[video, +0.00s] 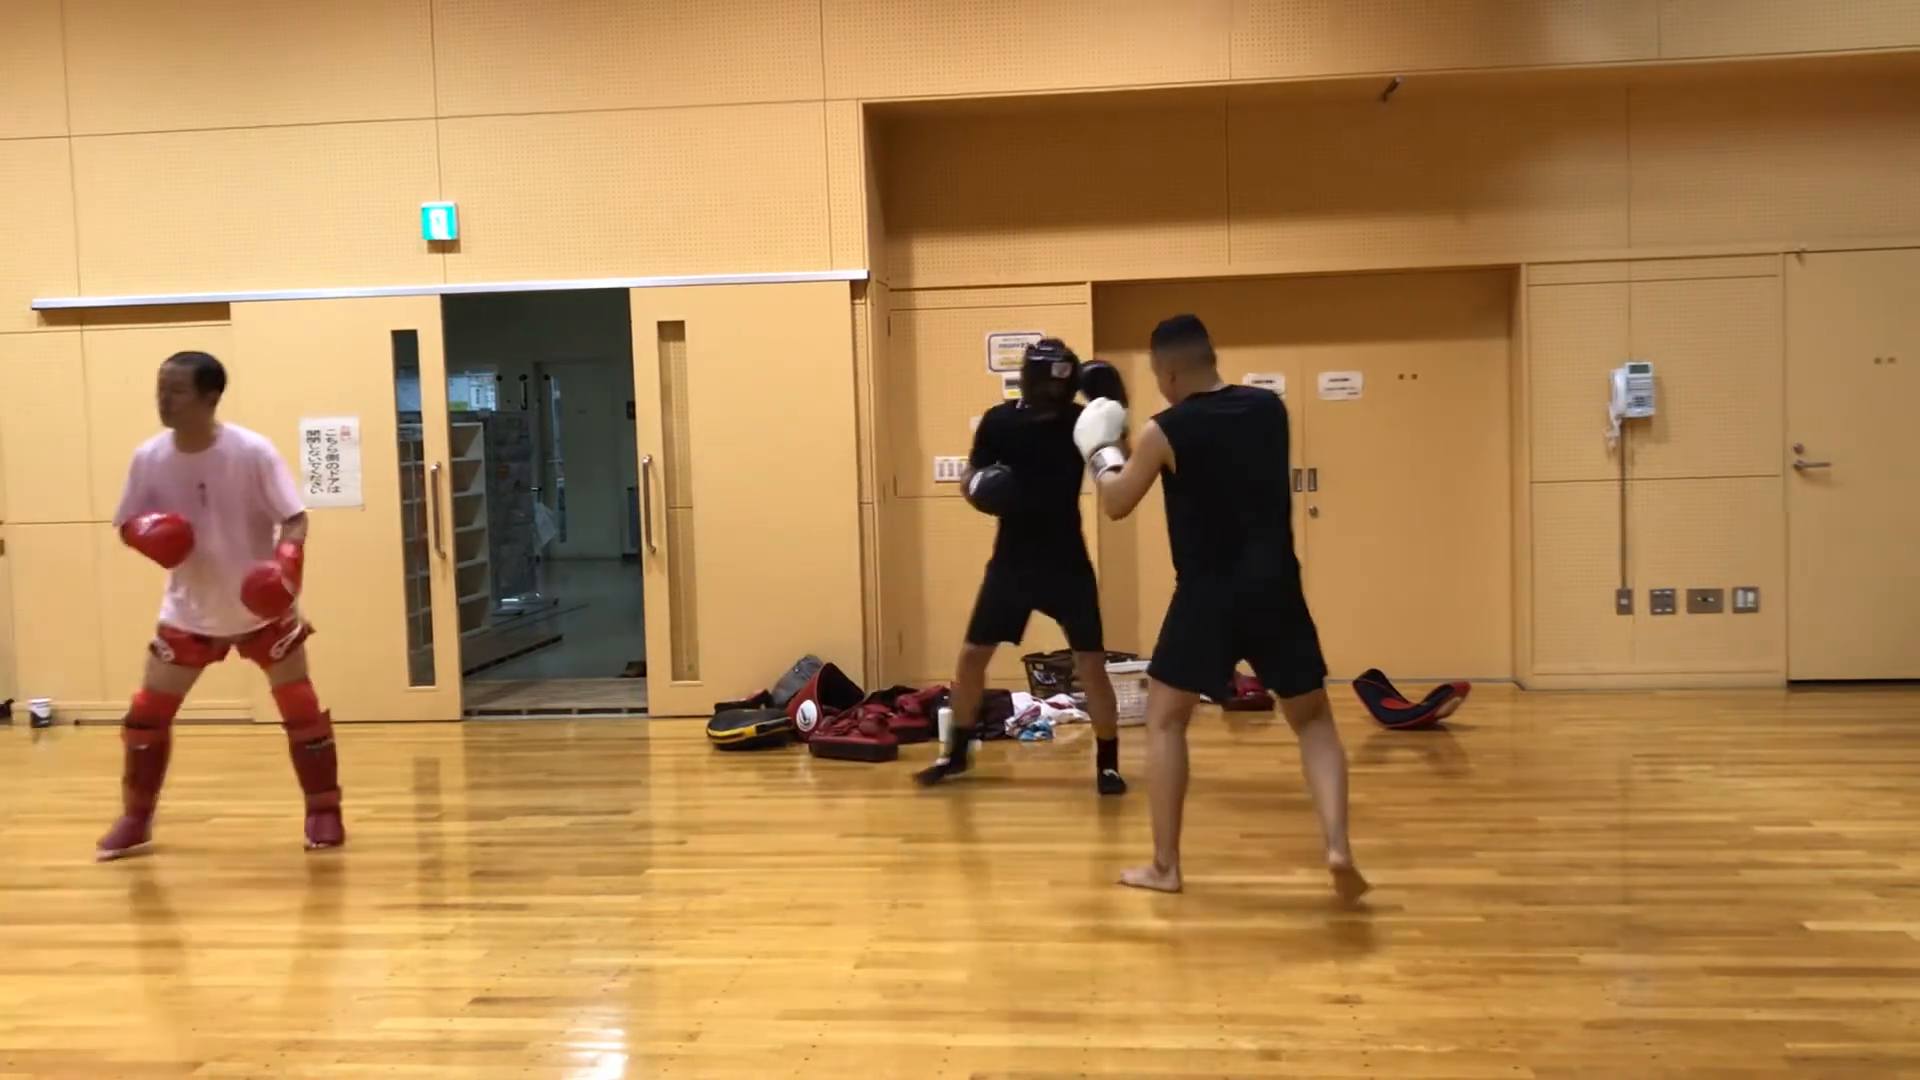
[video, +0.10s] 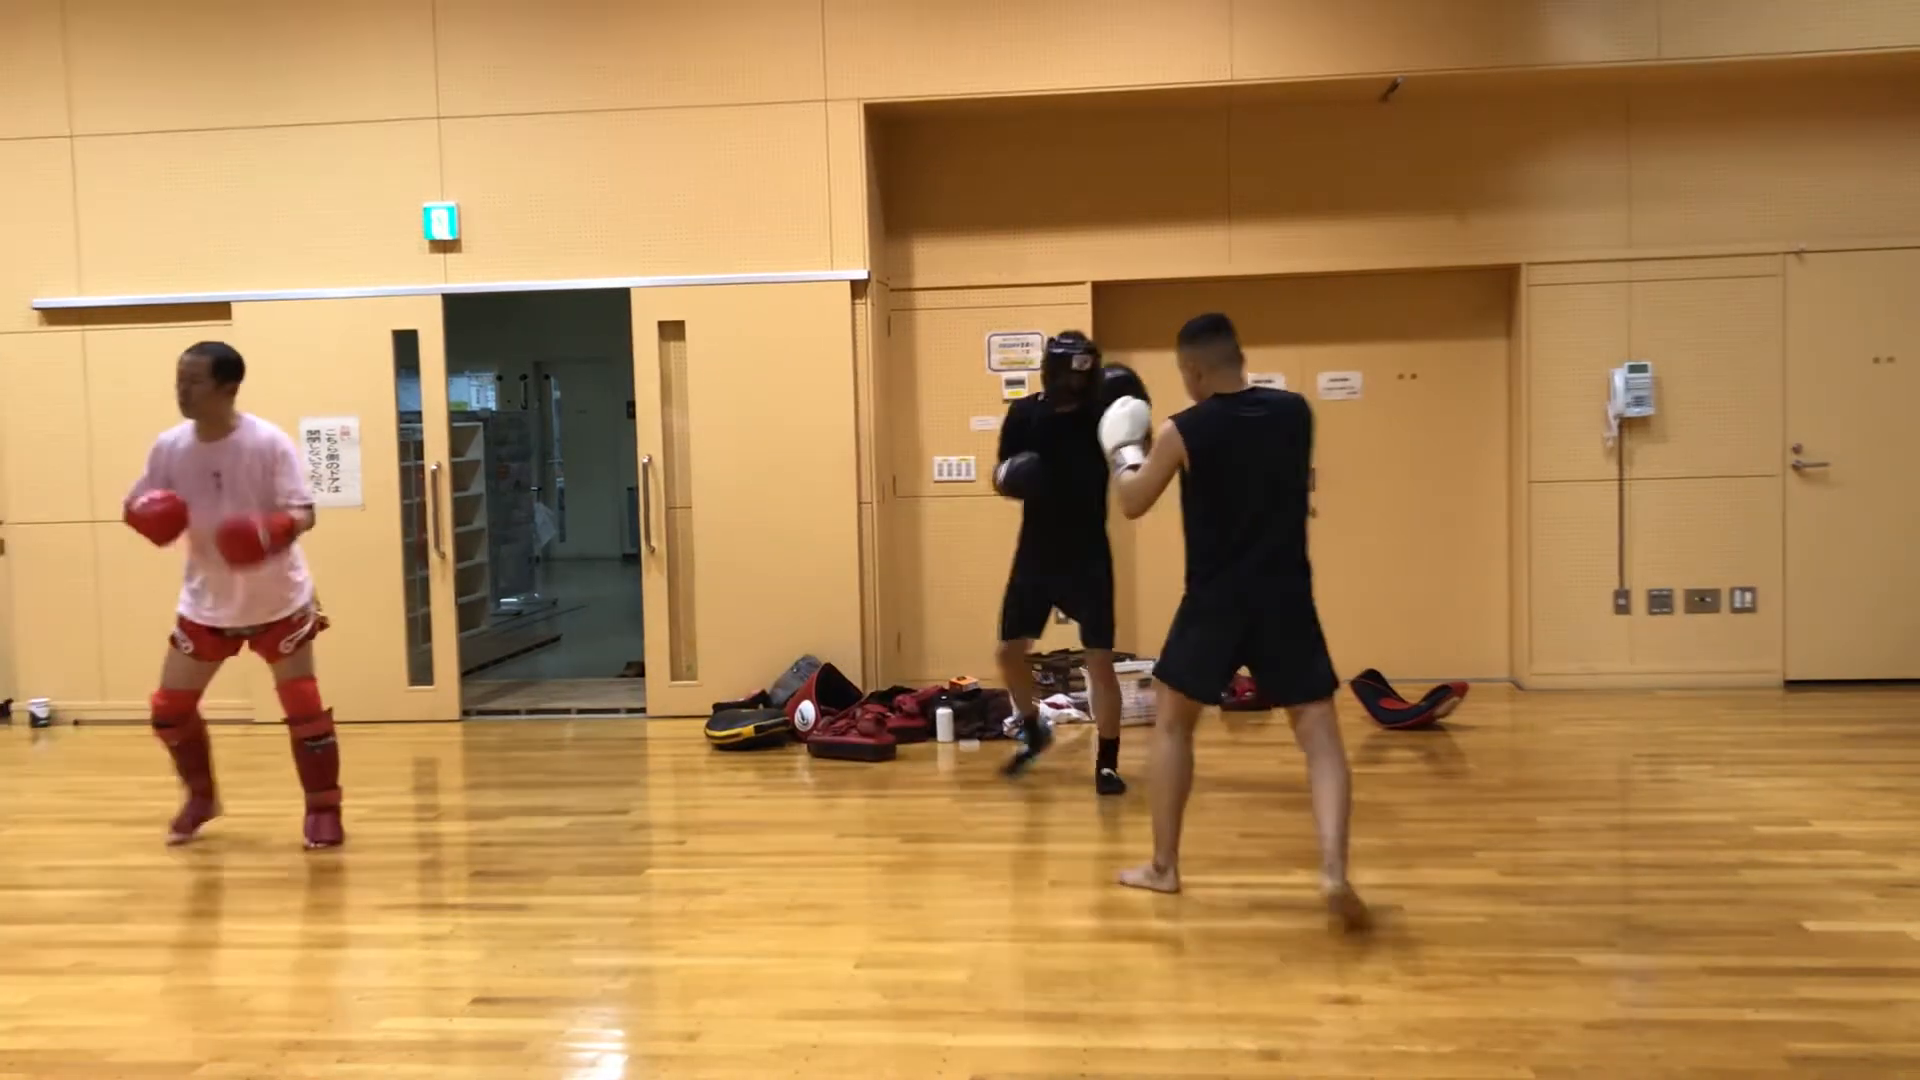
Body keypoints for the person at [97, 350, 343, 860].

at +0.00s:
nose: (162, 400)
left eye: (174, 392)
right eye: (160, 390)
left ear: (210, 397)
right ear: (158, 394)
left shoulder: (254, 454)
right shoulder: (150, 459)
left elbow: (295, 520)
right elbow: (127, 522)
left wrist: (283, 573)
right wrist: (145, 534)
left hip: (261, 606)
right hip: (188, 610)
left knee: (301, 711)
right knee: (146, 717)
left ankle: (324, 813)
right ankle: (136, 819)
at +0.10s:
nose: (180, 390)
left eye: (192, 382)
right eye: (179, 380)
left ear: (227, 388)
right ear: (178, 383)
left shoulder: (270, 444)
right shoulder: (170, 448)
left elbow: (303, 511)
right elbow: (136, 502)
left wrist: (269, 530)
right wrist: (145, 513)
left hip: (278, 599)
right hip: (208, 600)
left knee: (303, 704)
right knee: (172, 710)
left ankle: (323, 809)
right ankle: (201, 797)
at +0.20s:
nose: (192, 388)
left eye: (204, 379)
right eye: (190, 377)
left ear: (237, 384)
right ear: (190, 381)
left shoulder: (273, 438)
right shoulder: (182, 443)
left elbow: (302, 507)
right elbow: (149, 508)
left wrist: (257, 477)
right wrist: (135, 490)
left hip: (287, 593)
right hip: (220, 595)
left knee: (309, 706)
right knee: (191, 708)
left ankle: (325, 810)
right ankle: (240, 782)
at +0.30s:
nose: (195, 386)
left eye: (206, 376)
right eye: (192, 375)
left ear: (241, 381)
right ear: (190, 376)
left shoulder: (271, 431)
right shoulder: (185, 443)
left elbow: (293, 494)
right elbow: (149, 503)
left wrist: (252, 450)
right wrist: (132, 477)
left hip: (289, 587)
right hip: (226, 590)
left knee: (308, 704)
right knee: (201, 704)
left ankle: (325, 810)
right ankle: (251, 780)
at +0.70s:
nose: (160, 387)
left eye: (172, 378)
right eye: (156, 378)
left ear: (204, 384)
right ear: (155, 384)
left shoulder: (235, 438)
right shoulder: (162, 447)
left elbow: (277, 491)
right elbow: (135, 509)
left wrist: (233, 470)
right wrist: (112, 461)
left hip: (248, 594)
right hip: (195, 600)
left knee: (261, 702)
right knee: (204, 708)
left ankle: (307, 804)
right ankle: (232, 799)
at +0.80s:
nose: (146, 386)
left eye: (158, 377)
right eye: (143, 376)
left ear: (189, 384)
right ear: (139, 382)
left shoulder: (222, 438)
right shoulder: (148, 448)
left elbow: (277, 494)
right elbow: (115, 505)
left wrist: (243, 485)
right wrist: (94, 456)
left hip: (239, 593)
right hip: (186, 601)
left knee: (241, 704)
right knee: (204, 708)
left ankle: (280, 805)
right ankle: (232, 799)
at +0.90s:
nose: (143, 388)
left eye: (155, 379)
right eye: (138, 378)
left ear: (185, 385)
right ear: (133, 383)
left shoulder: (217, 439)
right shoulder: (138, 447)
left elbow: (274, 495)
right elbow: (102, 504)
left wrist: (247, 481)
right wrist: (87, 455)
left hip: (231, 592)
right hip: (178, 599)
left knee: (228, 704)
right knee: (199, 710)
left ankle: (254, 808)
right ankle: (229, 796)